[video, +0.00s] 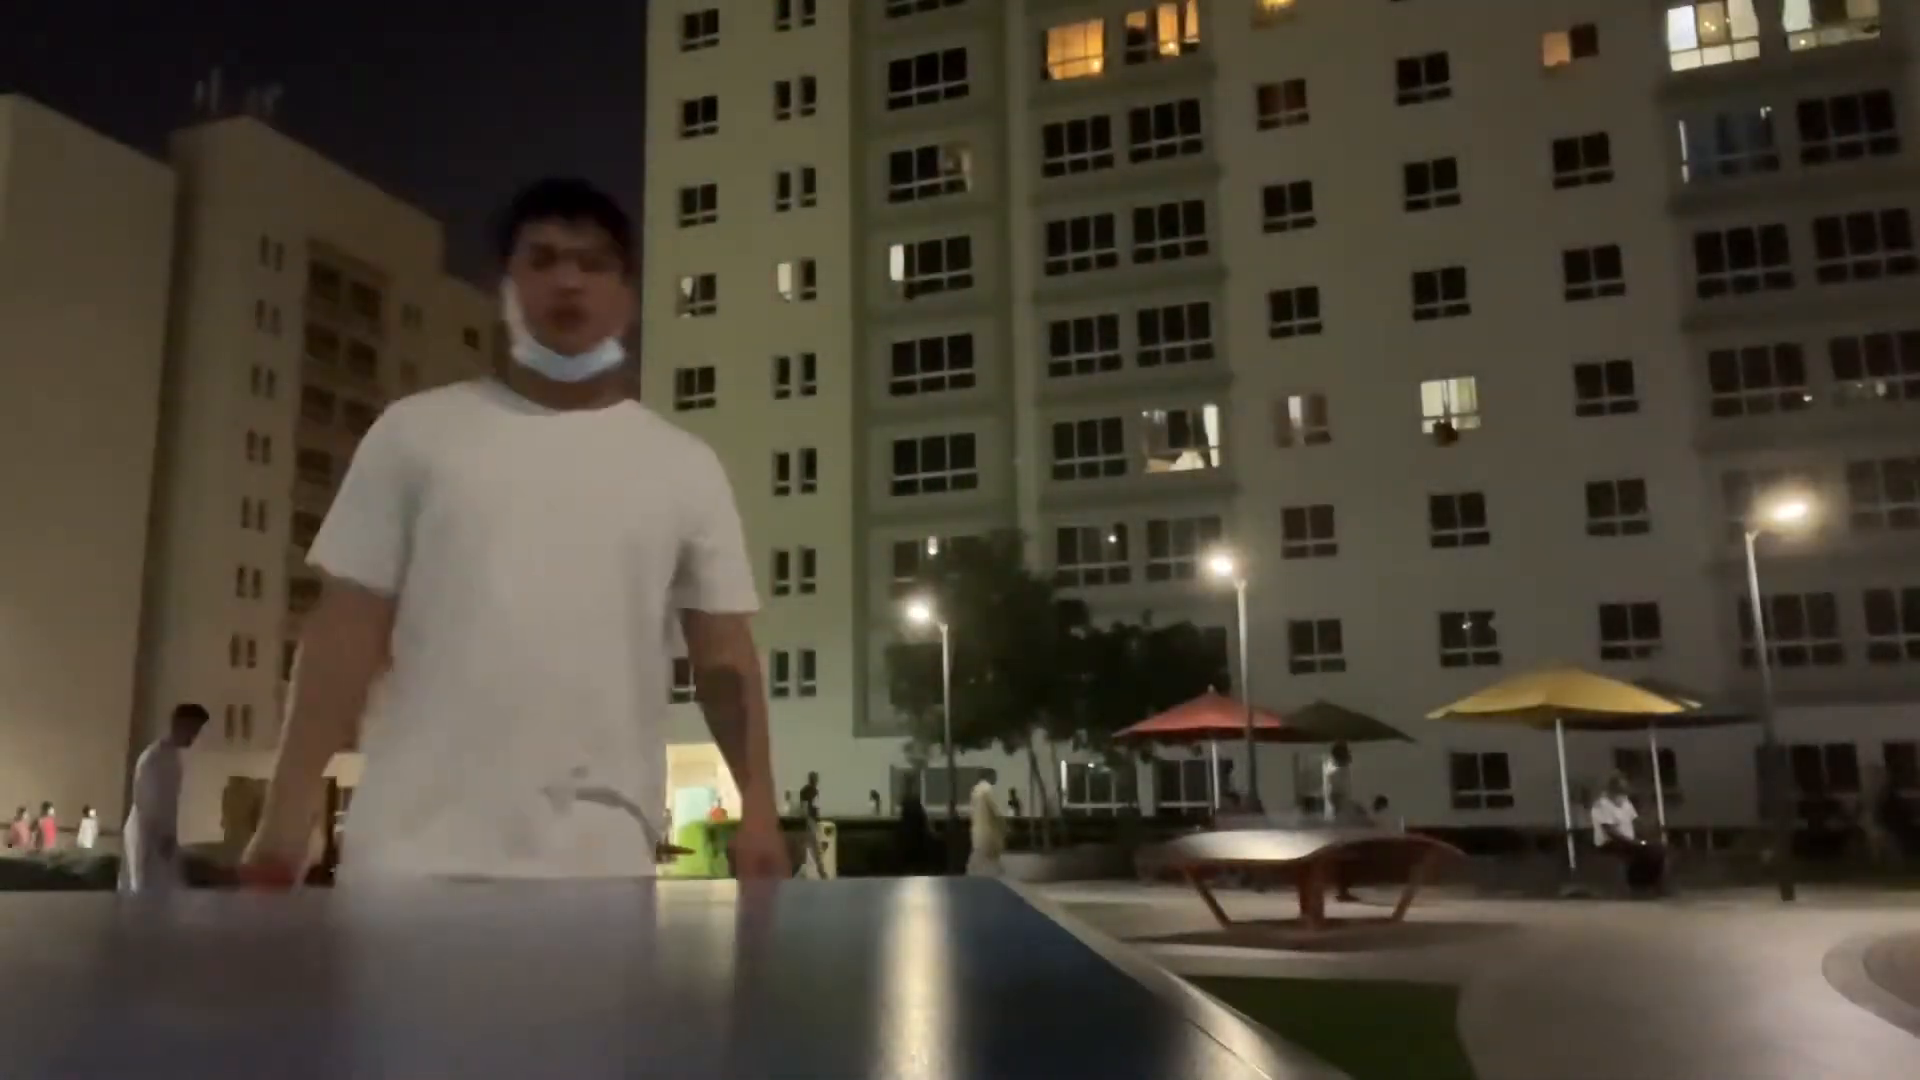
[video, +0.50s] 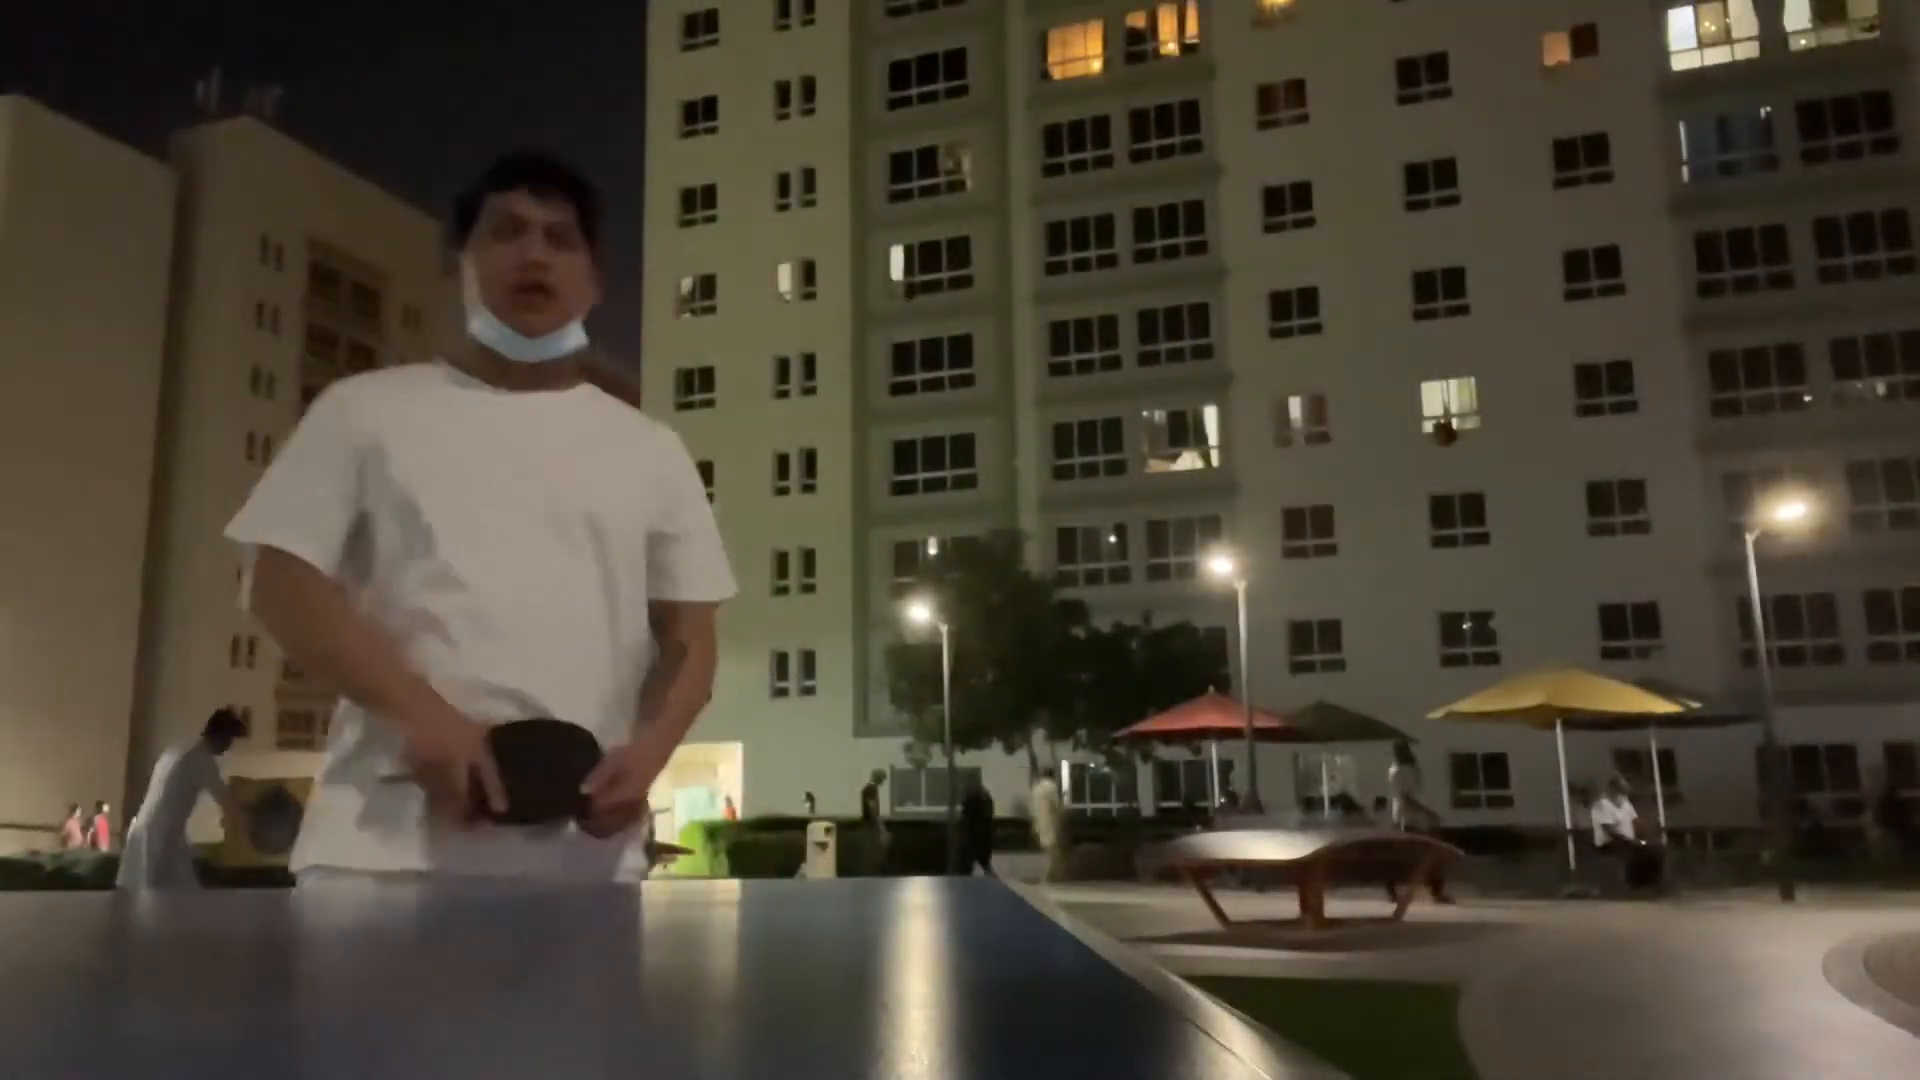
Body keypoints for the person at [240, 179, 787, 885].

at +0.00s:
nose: (567, 282)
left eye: (593, 263)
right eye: (542, 261)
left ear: (630, 292)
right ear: (505, 287)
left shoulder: (681, 467)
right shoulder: (415, 435)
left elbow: (725, 658)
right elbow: (346, 630)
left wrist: (759, 810)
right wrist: (289, 817)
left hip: (594, 852)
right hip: (416, 847)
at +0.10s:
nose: (631, 294)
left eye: (652, 277)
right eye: (603, 271)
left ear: (671, 305)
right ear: (552, 299)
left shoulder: (700, 481)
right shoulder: (450, 427)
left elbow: (731, 663)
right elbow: (366, 610)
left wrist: (765, 816)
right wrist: (315, 785)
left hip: (608, 848)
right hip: (438, 842)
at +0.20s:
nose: (644, 294)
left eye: (663, 279)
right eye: (616, 270)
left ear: (680, 310)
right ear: (562, 299)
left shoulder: (705, 486)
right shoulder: (462, 424)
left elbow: (724, 661)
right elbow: (371, 586)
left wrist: (748, 807)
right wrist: (390, 759)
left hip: (613, 853)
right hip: (448, 842)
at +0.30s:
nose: (617, 293)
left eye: (641, 277)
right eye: (592, 270)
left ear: (667, 308)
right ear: (546, 297)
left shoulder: (699, 485)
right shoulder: (452, 424)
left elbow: (718, 657)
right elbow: (374, 585)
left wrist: (710, 772)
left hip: (608, 863)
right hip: (438, 848)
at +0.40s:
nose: (582, 280)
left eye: (606, 264)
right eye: (555, 258)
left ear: (637, 301)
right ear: (514, 288)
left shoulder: (680, 475)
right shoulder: (417, 425)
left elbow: (715, 654)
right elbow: (345, 593)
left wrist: (699, 760)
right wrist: (464, 717)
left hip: (595, 860)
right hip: (416, 849)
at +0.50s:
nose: (534, 255)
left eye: (561, 238)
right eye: (507, 231)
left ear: (594, 277)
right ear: (463, 265)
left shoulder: (650, 452)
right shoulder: (365, 414)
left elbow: (692, 644)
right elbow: (282, 584)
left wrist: (647, 753)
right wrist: (426, 719)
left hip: (579, 863)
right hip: (387, 859)